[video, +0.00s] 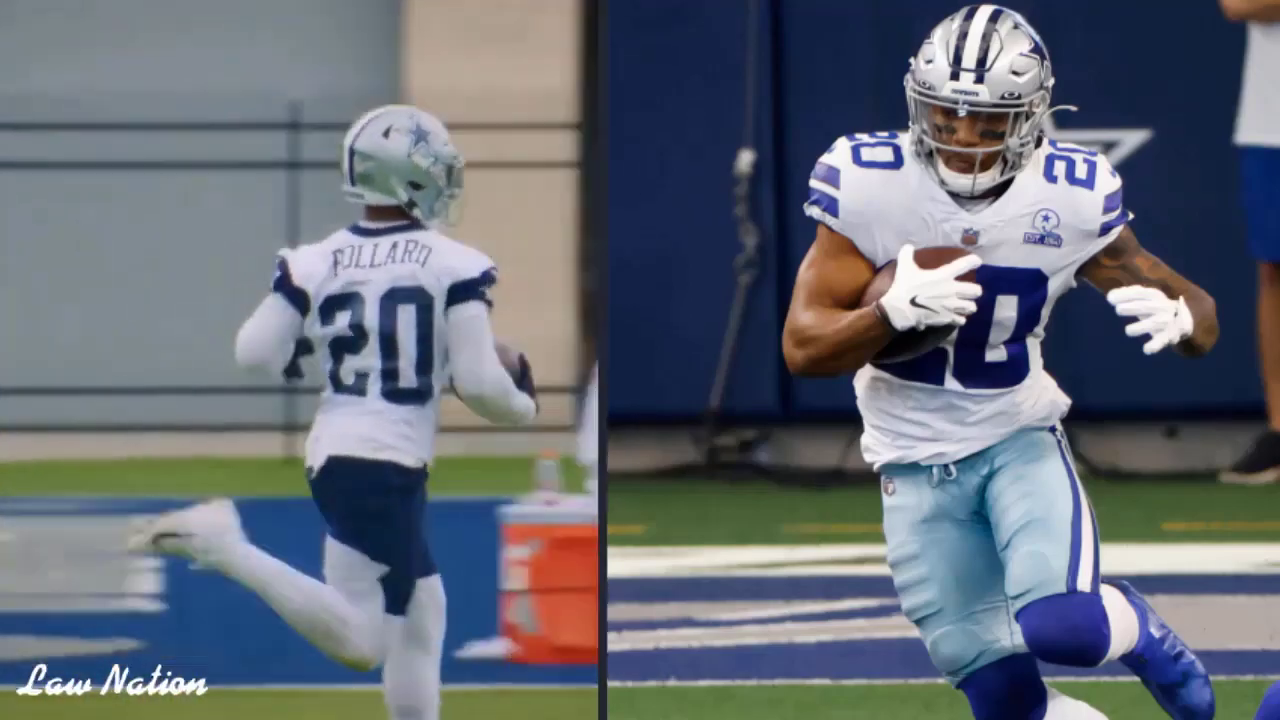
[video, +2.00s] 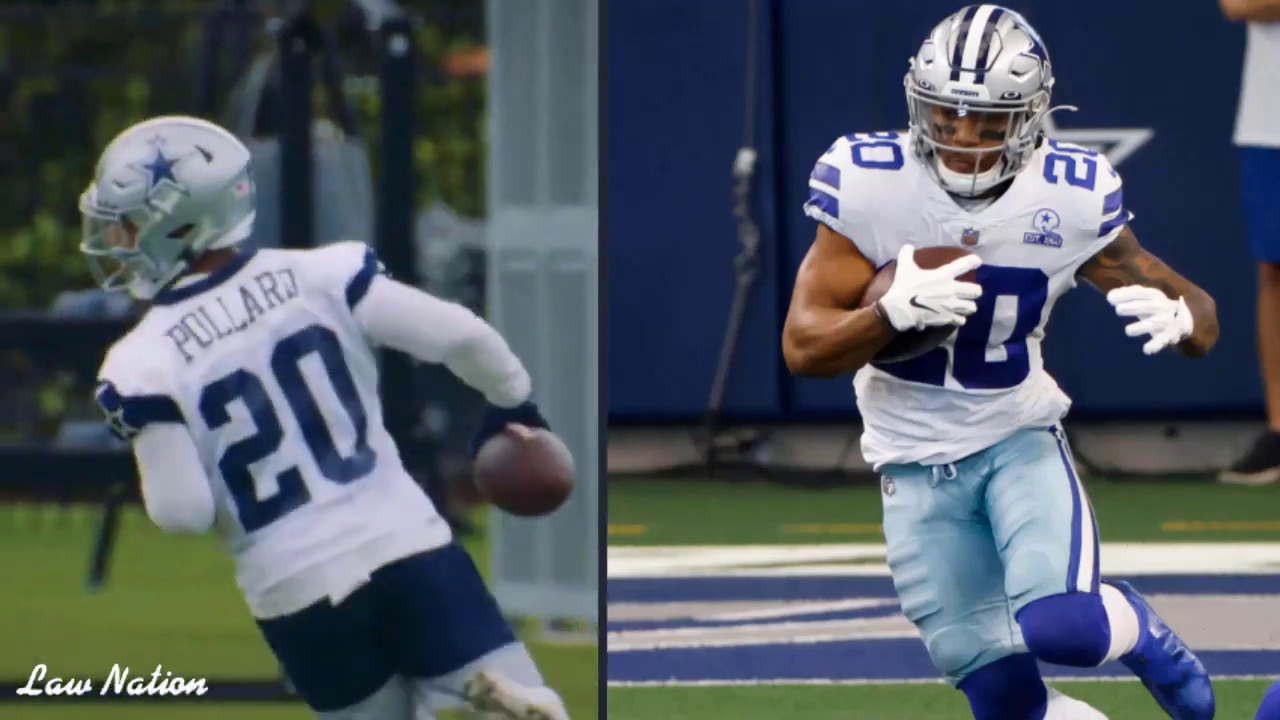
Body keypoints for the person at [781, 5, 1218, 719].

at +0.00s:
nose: (965, 137)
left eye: (988, 121)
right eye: (950, 116)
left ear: (1027, 119)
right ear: (922, 109)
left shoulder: (1070, 193)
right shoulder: (863, 179)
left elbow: (1196, 307)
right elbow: (801, 349)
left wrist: (1181, 319)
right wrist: (887, 313)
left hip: (1018, 437)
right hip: (911, 468)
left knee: (1054, 626)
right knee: (1001, 697)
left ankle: (1141, 632)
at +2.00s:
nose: (966, 138)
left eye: (988, 121)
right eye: (950, 117)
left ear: (1028, 119)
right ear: (922, 110)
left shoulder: (1071, 194)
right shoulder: (863, 179)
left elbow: (1197, 309)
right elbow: (801, 349)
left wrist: (1181, 319)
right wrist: (887, 313)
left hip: (1018, 437)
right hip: (911, 467)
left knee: (1054, 626)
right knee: (1001, 696)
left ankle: (1142, 633)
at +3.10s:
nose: (965, 137)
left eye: (988, 121)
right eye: (950, 117)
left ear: (1028, 119)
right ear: (922, 110)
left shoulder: (1070, 193)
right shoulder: (863, 179)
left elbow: (1197, 309)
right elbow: (801, 349)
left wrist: (1181, 319)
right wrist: (887, 313)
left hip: (1018, 438)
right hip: (911, 468)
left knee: (1054, 626)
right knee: (1001, 696)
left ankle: (1143, 634)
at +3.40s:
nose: (966, 138)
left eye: (988, 121)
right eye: (950, 117)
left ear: (1028, 119)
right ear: (922, 110)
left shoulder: (1071, 194)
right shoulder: (863, 179)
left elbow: (1197, 309)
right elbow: (801, 349)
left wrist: (1181, 319)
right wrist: (887, 313)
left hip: (1018, 437)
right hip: (911, 467)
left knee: (1054, 626)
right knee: (1001, 696)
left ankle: (1142, 633)